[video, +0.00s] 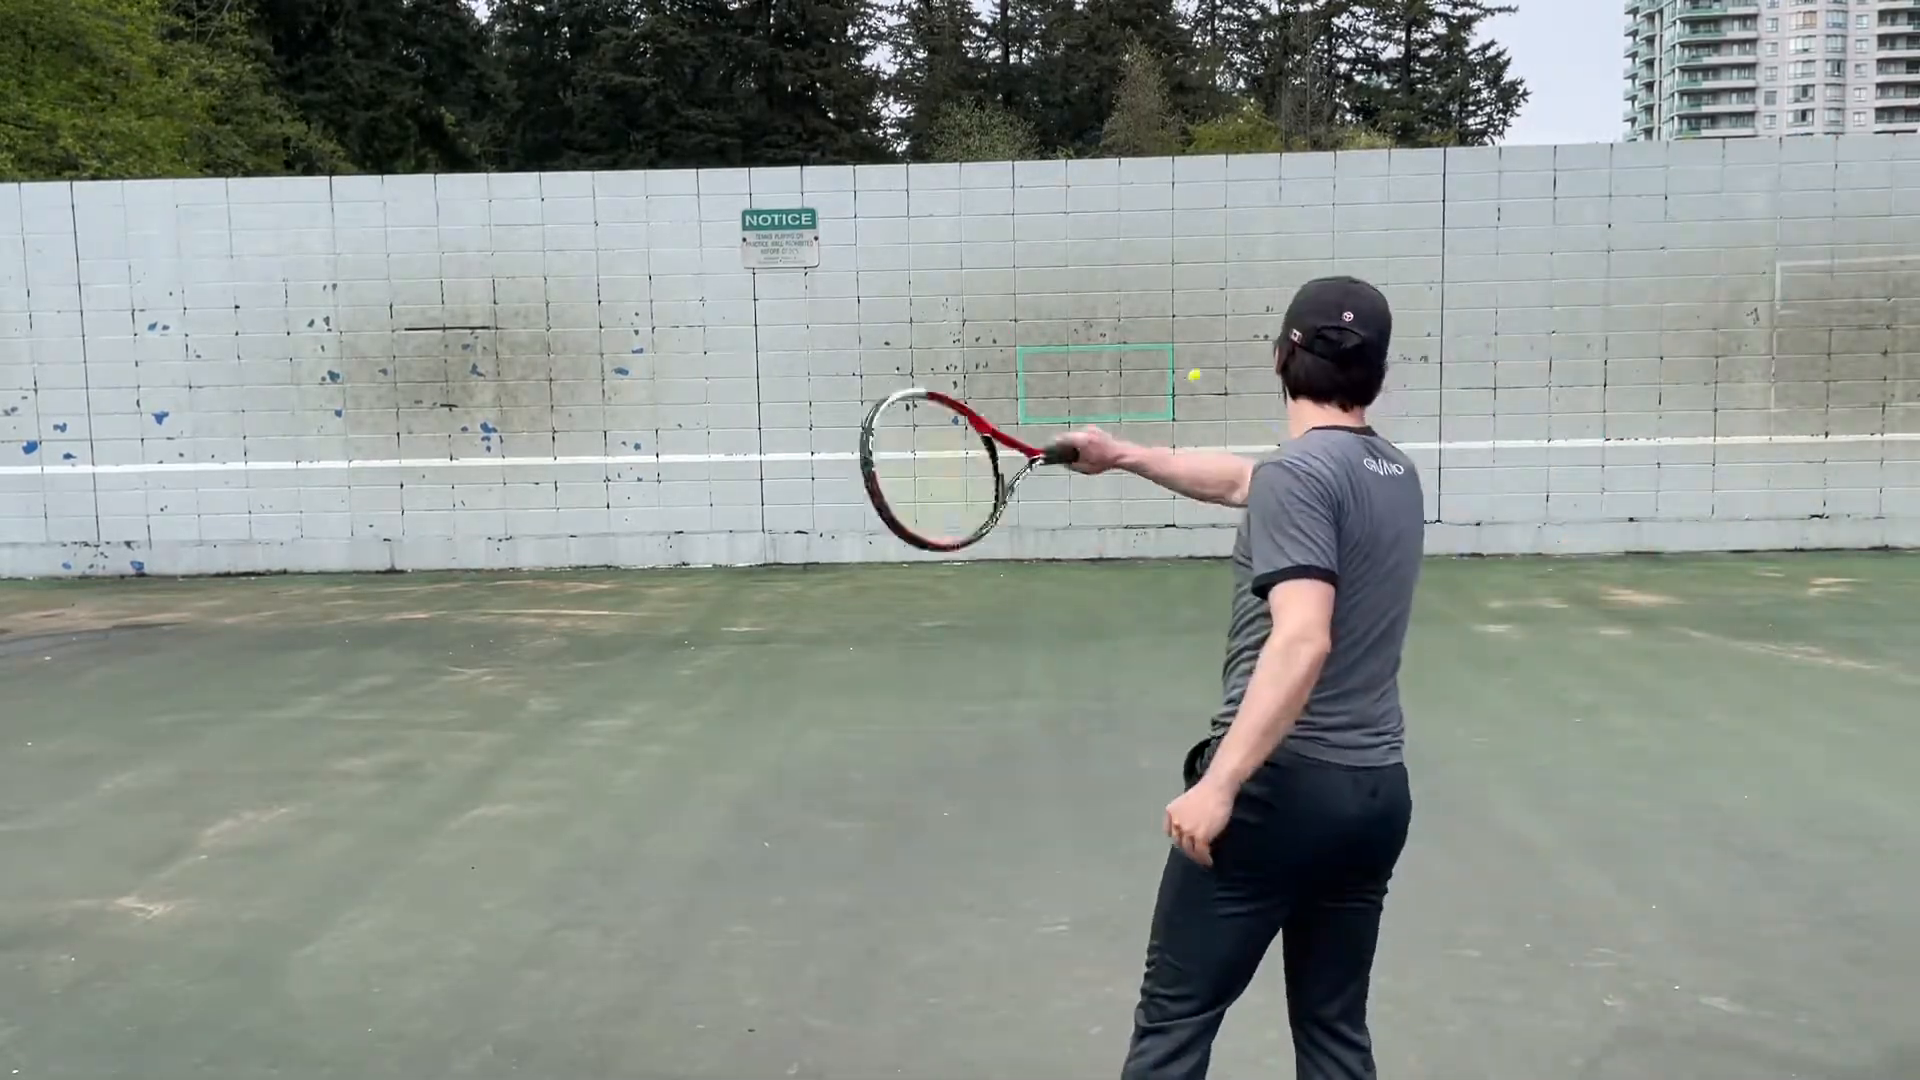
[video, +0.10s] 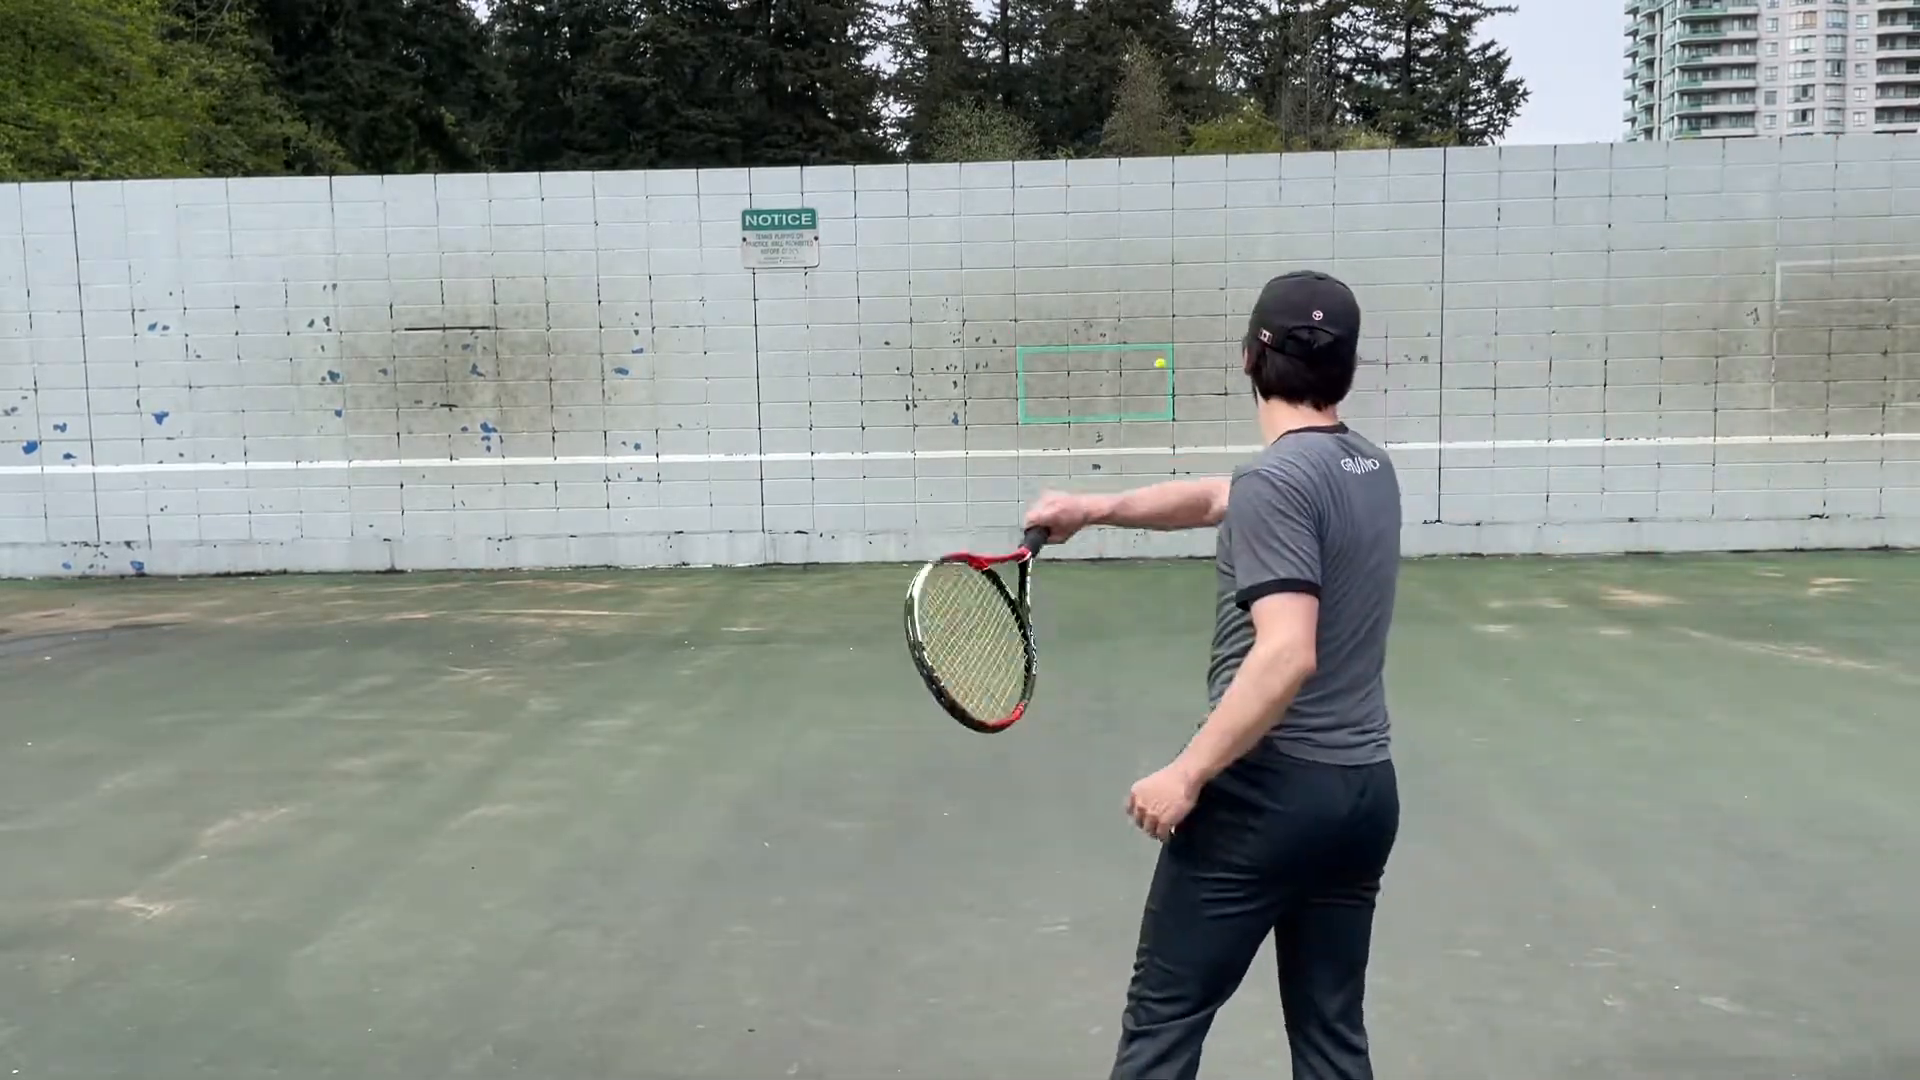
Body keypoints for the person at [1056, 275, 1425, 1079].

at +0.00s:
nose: (1277, 352)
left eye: (1280, 343)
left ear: (1285, 357)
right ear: (1379, 372)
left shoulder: (1295, 474)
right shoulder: (1393, 471)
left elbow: (1302, 639)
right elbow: (1249, 477)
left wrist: (1219, 783)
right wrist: (1123, 454)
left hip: (1272, 790)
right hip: (1372, 791)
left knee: (1173, 1023)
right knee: (1335, 1025)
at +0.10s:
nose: (1245, 354)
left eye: (1248, 343)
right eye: (1258, 342)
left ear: (1253, 358)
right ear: (1349, 366)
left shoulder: (1275, 480)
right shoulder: (1371, 468)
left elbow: (1287, 654)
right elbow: (1217, 499)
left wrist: (1185, 773)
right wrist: (1093, 508)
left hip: (1262, 791)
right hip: (1361, 790)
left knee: (1163, 1020)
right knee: (1331, 1029)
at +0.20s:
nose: (1209, 355)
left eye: (1213, 345)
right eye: (1218, 344)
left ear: (1216, 362)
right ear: (1312, 366)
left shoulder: (1235, 490)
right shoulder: (1341, 470)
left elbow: (1256, 662)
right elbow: (1211, 546)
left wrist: (1147, 756)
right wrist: (1091, 590)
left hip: (1235, 798)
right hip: (1340, 791)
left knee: (1149, 1031)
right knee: (1322, 1032)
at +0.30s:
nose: (1158, 364)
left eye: (1161, 353)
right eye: (1166, 351)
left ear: (1168, 370)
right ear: (1264, 374)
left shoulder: (1183, 502)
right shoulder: (1301, 482)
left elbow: (1211, 676)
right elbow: (1236, 614)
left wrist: (1111, 751)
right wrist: (1114, 668)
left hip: (1195, 811)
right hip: (1302, 800)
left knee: (1137, 1048)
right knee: (1303, 1037)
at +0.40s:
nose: (1107, 372)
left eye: (1110, 362)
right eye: (1116, 360)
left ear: (1114, 381)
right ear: (1209, 384)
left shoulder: (1120, 511)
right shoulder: (1260, 498)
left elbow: (1142, 689)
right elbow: (1248, 657)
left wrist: (1048, 752)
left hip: (1147, 817)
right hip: (1254, 809)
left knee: (1115, 1058)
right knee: (1266, 1041)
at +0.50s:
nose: (1058, 373)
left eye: (1061, 365)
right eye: (1064, 363)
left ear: (1066, 385)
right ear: (1158, 382)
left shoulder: (1064, 514)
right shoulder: (1221, 496)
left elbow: (1056, 699)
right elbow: (1259, 660)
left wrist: (997, 739)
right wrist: (1171, 694)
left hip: (1109, 817)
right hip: (1216, 805)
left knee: (1091, 1056)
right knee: (1204, 1013)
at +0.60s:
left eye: (1027, 365)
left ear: (1029, 381)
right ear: (1127, 381)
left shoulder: (1009, 513)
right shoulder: (1195, 499)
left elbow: (983, 702)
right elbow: (1237, 659)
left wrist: (958, 715)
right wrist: (1156, 700)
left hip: (1077, 814)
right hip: (1190, 807)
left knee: (1076, 1052)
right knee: (1155, 1004)